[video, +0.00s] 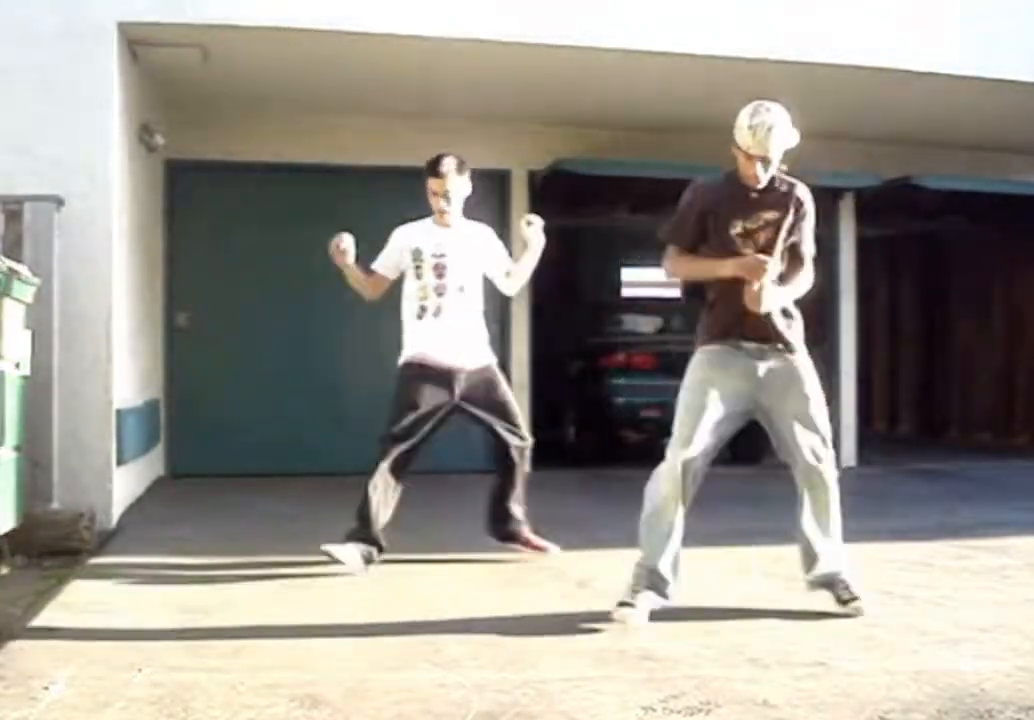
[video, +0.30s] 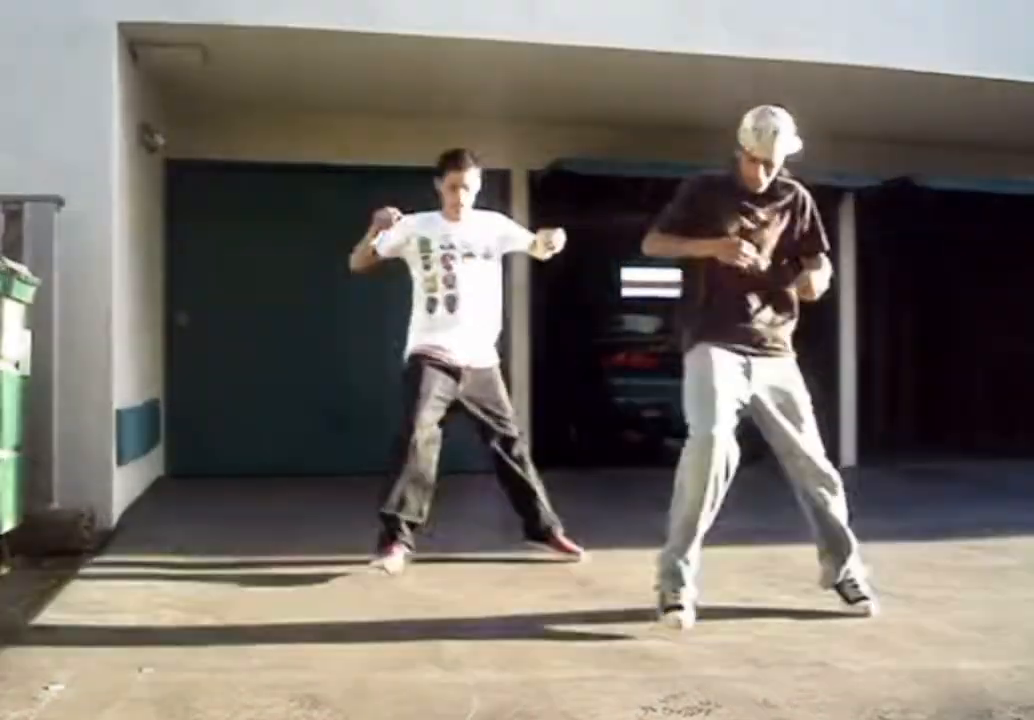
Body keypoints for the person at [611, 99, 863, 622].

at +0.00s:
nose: (759, 170)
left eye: (769, 160)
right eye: (751, 158)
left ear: (784, 153)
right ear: (735, 147)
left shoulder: (797, 199)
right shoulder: (704, 195)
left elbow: (804, 272)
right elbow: (674, 265)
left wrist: (775, 294)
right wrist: (733, 267)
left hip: (784, 355)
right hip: (720, 352)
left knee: (817, 462)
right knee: (682, 460)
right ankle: (650, 583)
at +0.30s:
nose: (762, 173)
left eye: (772, 164)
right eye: (754, 161)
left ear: (786, 158)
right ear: (739, 150)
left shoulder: (797, 200)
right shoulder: (702, 191)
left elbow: (820, 267)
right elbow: (654, 243)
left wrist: (814, 279)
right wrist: (713, 246)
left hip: (775, 351)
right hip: (715, 345)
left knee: (812, 461)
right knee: (710, 446)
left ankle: (845, 572)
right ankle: (677, 582)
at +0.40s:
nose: (730, 165)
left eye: (741, 157)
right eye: (724, 153)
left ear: (755, 153)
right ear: (708, 141)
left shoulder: (760, 190)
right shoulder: (673, 185)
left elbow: (791, 222)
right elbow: (628, 239)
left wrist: (771, 276)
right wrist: (642, 252)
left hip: (738, 336)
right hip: (683, 336)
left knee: (755, 463)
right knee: (713, 449)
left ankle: (702, 554)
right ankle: (755, 576)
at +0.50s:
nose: (707, 183)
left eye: (718, 173)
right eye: (699, 169)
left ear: (732, 170)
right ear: (684, 161)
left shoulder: (737, 210)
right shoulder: (653, 207)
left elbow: (756, 244)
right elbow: (581, 233)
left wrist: (733, 280)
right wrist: (604, 280)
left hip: (720, 358)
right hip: (666, 359)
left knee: (697, 474)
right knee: (700, 471)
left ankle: (639, 564)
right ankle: (774, 576)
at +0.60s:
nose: (686, 175)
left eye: (696, 165)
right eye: (678, 163)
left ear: (706, 163)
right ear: (661, 155)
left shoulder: (710, 203)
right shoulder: (628, 201)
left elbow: (707, 262)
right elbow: (558, 231)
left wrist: (739, 247)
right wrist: (609, 237)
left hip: (706, 357)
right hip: (652, 357)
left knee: (696, 480)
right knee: (663, 473)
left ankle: (640, 560)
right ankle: (708, 585)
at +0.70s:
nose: (667, 158)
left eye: (678, 148)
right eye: (660, 146)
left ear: (689, 148)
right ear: (643, 139)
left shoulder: (690, 192)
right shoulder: (615, 188)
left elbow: (692, 261)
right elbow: (558, 247)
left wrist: (735, 206)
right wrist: (595, 196)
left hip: (686, 345)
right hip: (630, 344)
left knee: (729, 460)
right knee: (625, 459)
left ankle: (687, 557)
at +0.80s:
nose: (657, 162)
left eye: (667, 153)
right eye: (650, 150)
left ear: (679, 153)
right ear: (634, 144)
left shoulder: (680, 199)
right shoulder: (606, 198)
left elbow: (703, 251)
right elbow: (555, 254)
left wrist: (737, 197)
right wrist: (581, 188)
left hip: (675, 351)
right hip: (617, 354)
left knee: (738, 450)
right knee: (598, 466)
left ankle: (730, 551)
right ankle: (538, 581)